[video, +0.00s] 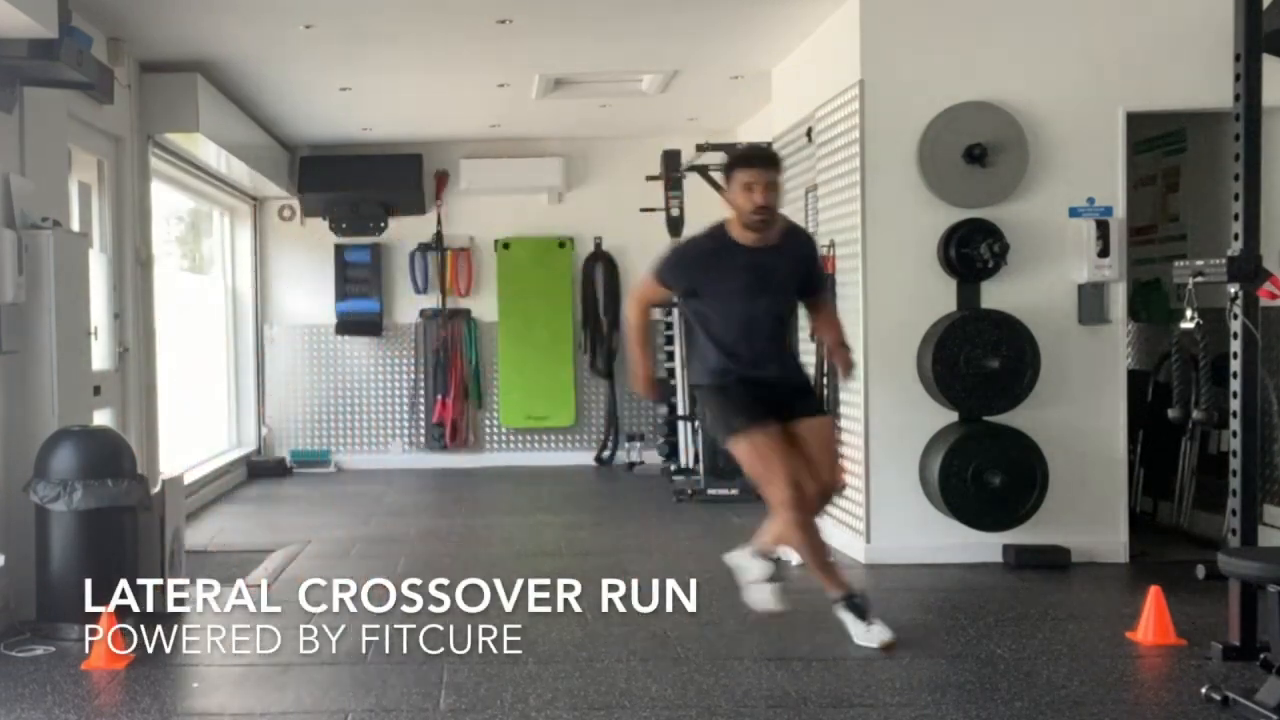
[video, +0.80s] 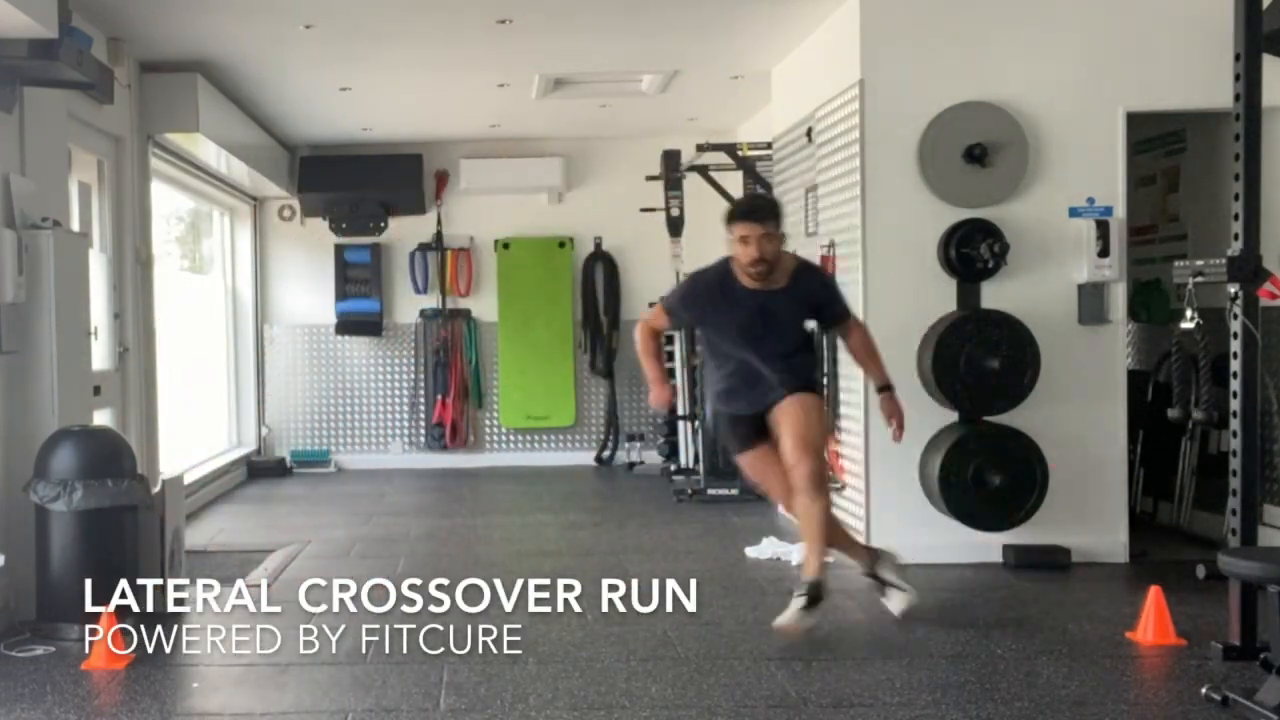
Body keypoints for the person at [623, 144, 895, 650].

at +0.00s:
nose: (761, 198)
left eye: (769, 187)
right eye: (749, 188)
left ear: (779, 189)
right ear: (727, 192)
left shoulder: (797, 245)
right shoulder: (697, 256)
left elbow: (819, 301)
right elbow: (639, 299)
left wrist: (833, 337)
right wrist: (642, 369)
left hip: (786, 378)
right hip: (727, 385)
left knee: (824, 480)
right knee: (787, 491)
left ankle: (755, 553)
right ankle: (846, 600)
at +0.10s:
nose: (817, 219)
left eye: (825, 208)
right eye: (804, 209)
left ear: (837, 210)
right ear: (784, 214)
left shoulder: (854, 267)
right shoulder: (760, 276)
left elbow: (872, 327)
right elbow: (709, 339)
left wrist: (897, 378)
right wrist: (736, 403)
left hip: (845, 389)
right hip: (785, 401)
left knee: (925, 483)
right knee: (845, 489)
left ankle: (916, 555)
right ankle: (864, 603)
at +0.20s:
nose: (870, 247)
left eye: (879, 236)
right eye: (857, 237)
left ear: (890, 238)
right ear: (837, 243)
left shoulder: (914, 286)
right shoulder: (817, 301)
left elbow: (936, 344)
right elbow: (768, 362)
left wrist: (957, 407)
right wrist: (797, 402)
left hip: (898, 405)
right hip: (837, 413)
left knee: (972, 496)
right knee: (852, 483)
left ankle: (1019, 579)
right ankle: (866, 602)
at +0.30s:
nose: (906, 273)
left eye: (916, 260)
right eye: (894, 263)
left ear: (930, 262)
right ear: (877, 268)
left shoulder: (958, 311)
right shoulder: (851, 323)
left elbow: (992, 365)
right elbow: (807, 380)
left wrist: (1017, 431)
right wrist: (813, 445)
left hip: (944, 419)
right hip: (866, 420)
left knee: (1013, 505)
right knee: (865, 486)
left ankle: (1030, 585)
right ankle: (879, 594)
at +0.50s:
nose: (891, 280)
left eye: (901, 268)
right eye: (880, 270)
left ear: (917, 268)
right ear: (865, 273)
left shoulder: (946, 310)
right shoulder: (838, 320)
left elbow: (994, 352)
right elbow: (790, 361)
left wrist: (1024, 410)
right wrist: (768, 416)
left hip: (938, 410)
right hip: (861, 417)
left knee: (998, 492)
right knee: (874, 514)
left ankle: (1031, 582)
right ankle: (909, 572)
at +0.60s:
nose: (846, 271)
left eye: (856, 259)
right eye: (835, 260)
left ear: (874, 258)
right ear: (821, 260)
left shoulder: (903, 294)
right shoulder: (795, 310)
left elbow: (938, 334)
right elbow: (734, 345)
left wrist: (959, 384)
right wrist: (706, 409)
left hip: (903, 405)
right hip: (834, 416)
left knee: (966, 496)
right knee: (851, 518)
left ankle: (1029, 569)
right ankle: (914, 575)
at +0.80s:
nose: (755, 253)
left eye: (764, 240)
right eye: (743, 242)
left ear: (780, 237)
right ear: (729, 242)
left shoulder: (808, 280)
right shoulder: (705, 287)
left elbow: (850, 329)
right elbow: (646, 327)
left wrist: (884, 389)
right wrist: (656, 382)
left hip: (793, 388)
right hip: (732, 405)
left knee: (806, 471)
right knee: (795, 503)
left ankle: (811, 582)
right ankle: (872, 561)